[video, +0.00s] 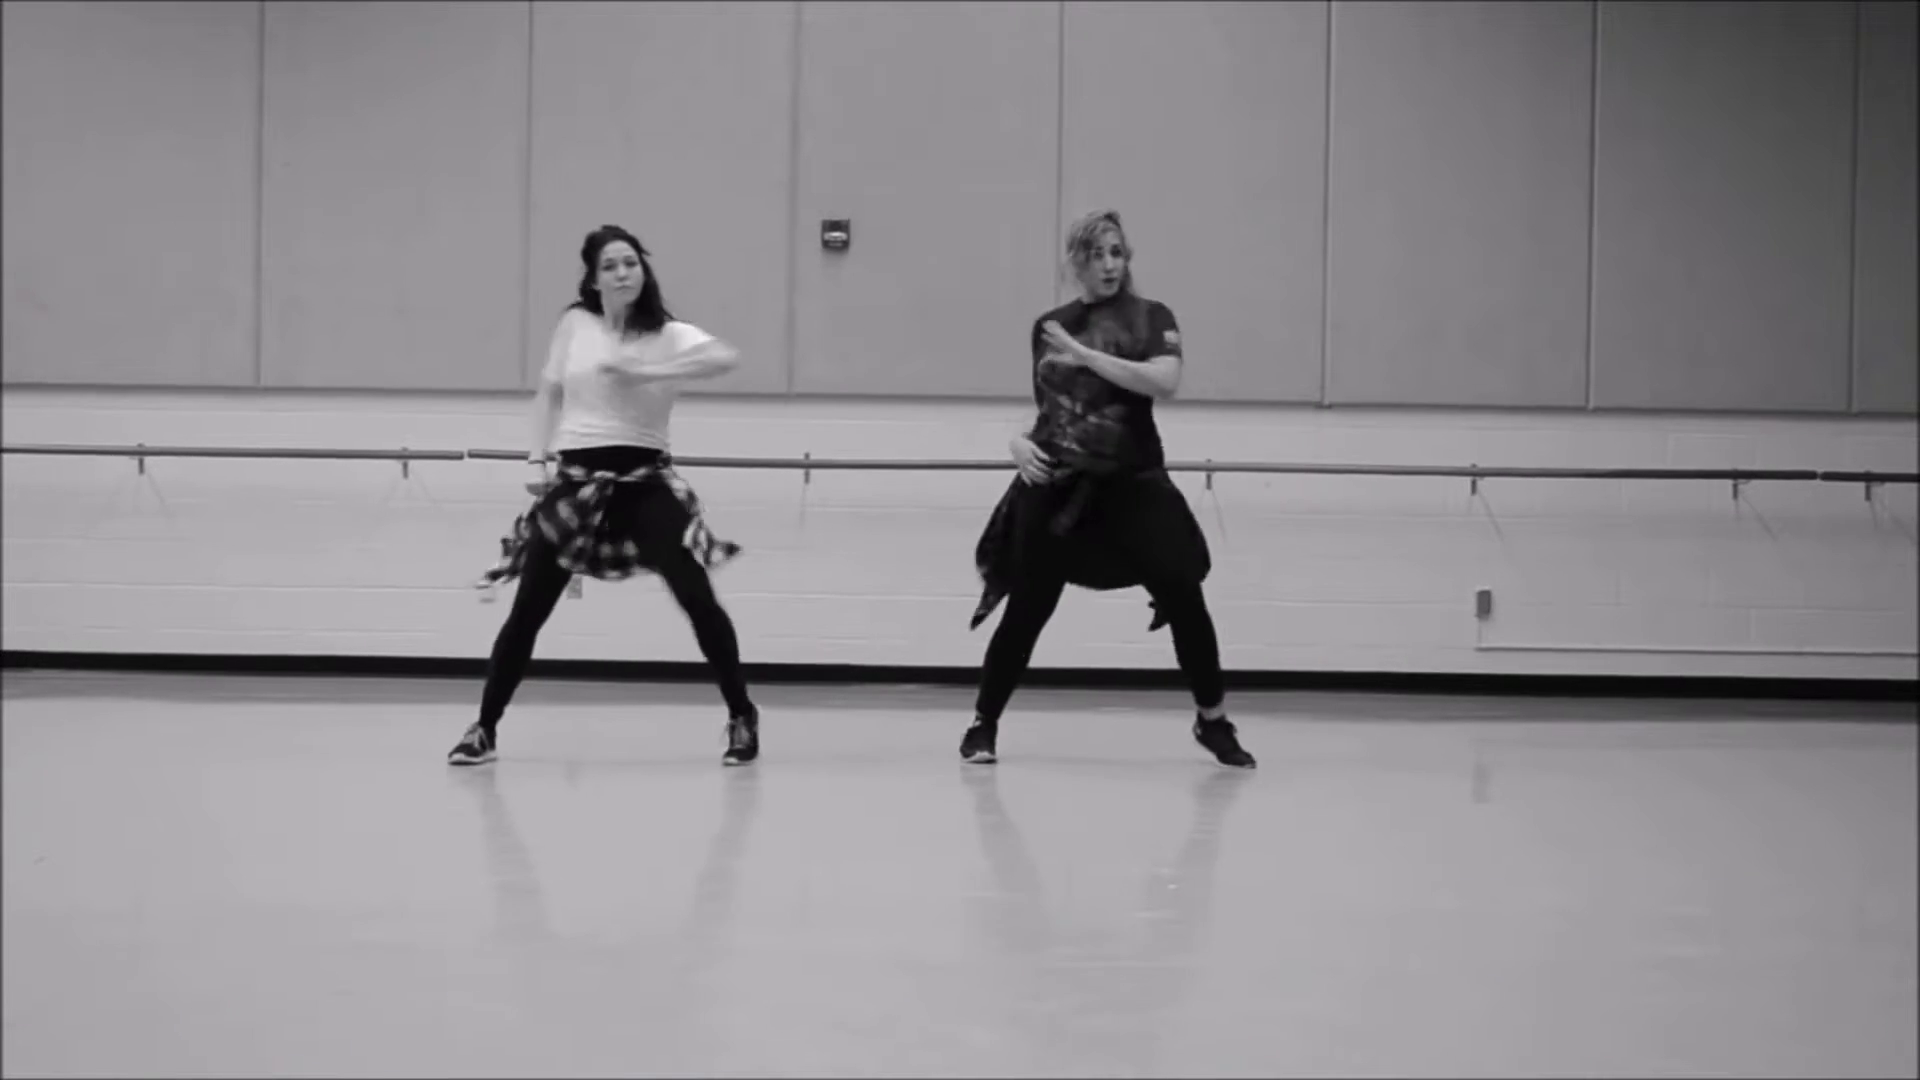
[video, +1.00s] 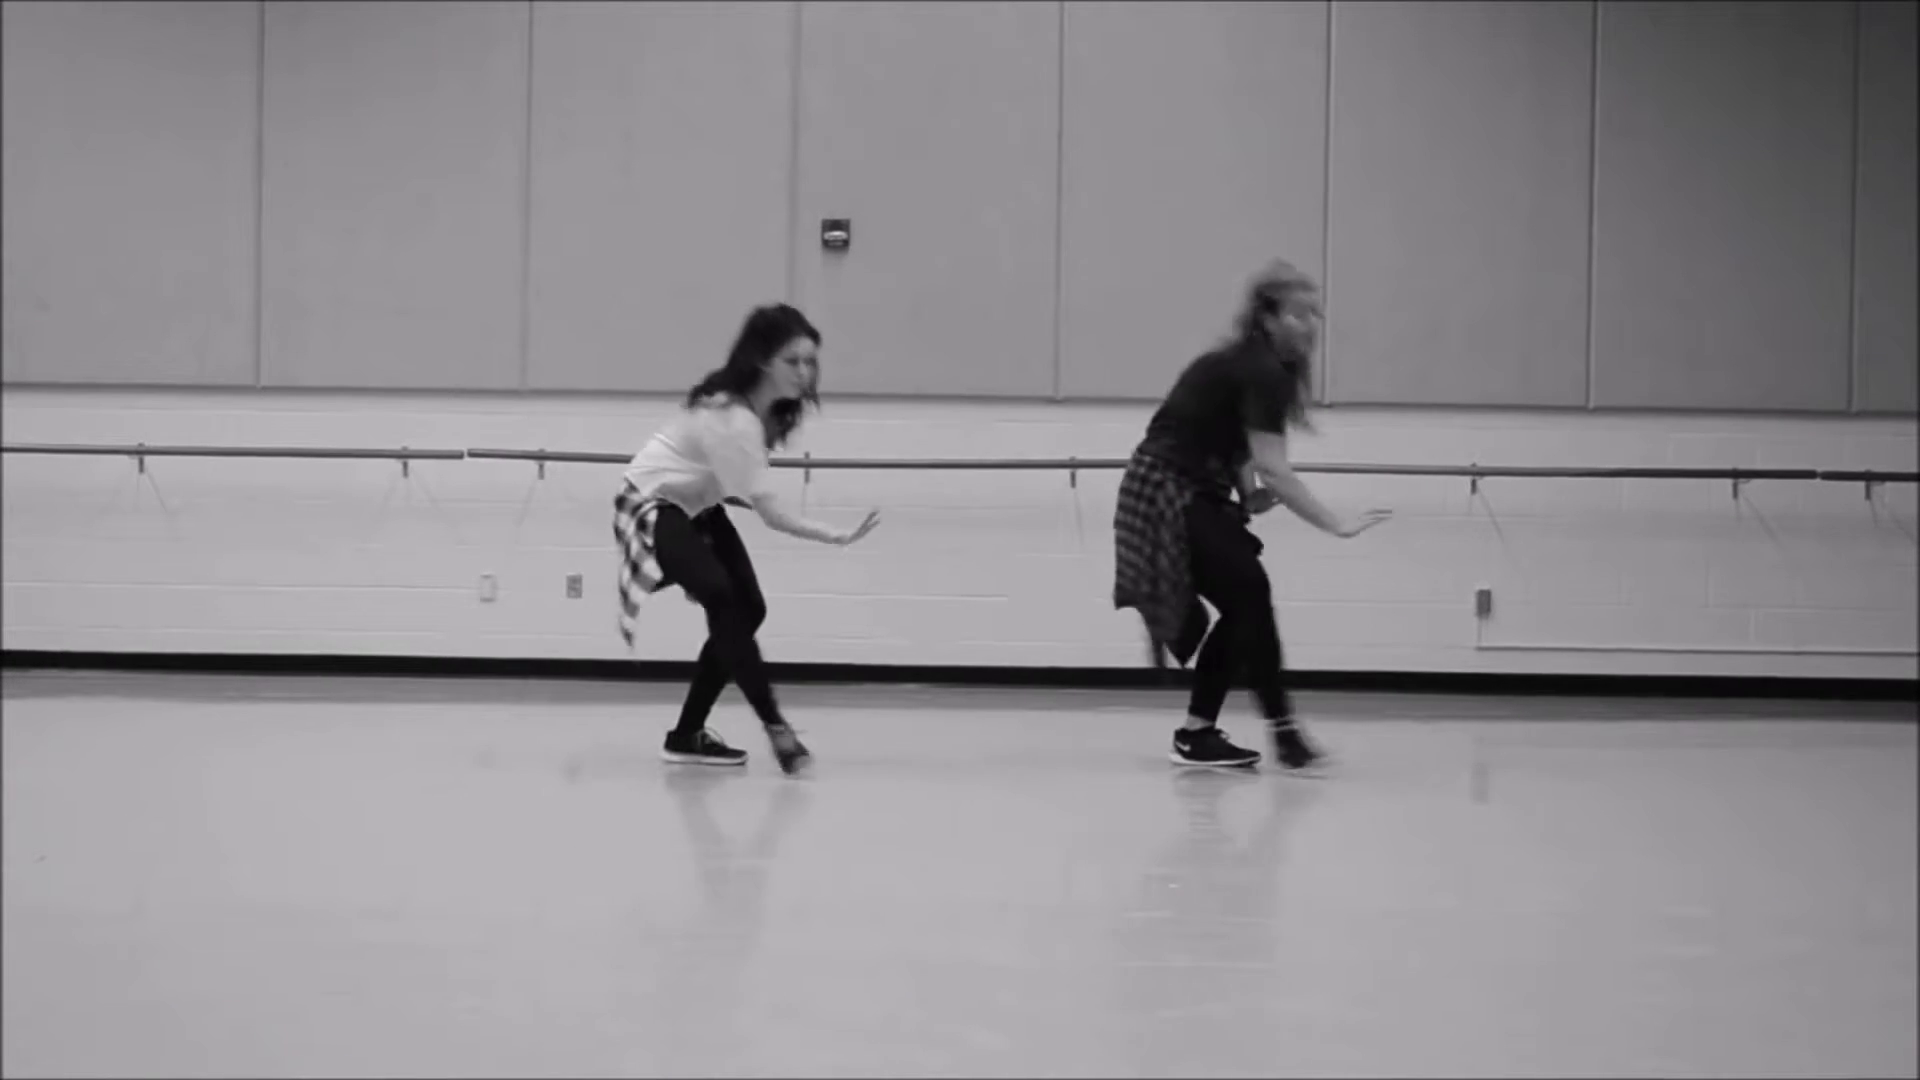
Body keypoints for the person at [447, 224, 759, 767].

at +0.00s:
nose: (623, 273)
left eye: (630, 263)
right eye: (610, 266)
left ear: (645, 270)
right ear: (593, 276)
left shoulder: (667, 331)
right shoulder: (573, 326)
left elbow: (725, 358)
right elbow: (548, 396)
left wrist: (646, 372)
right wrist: (538, 460)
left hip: (644, 484)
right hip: (573, 483)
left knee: (698, 601)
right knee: (528, 613)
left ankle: (742, 717)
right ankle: (484, 727)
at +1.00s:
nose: (805, 374)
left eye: (810, 363)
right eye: (793, 361)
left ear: (816, 365)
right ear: (763, 362)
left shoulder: (763, 414)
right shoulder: (730, 419)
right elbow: (770, 512)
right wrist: (839, 536)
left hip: (700, 504)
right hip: (654, 503)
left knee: (749, 609)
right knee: (727, 605)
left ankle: (687, 731)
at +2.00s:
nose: (747, 255)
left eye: (742, 249)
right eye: (732, 254)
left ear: (735, 276)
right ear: (712, 279)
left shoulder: (743, 329)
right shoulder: (732, 332)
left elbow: (744, 413)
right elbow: (800, 376)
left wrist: (787, 445)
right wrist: (864, 406)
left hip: (743, 491)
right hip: (720, 492)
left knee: (747, 616)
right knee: (775, 608)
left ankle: (686, 732)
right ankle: (815, 738)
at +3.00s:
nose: (891, 316)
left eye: (897, 305)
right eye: (883, 302)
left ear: (891, 308)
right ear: (853, 295)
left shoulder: (856, 372)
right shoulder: (813, 321)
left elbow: (902, 408)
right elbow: (861, 224)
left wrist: (901, 334)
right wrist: (894, 257)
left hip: (766, 488)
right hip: (733, 471)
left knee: (708, 607)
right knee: (772, 614)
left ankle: (681, 730)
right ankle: (814, 739)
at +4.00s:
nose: (906, 254)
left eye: (916, 243)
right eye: (895, 245)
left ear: (934, 250)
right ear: (878, 255)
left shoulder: (963, 313)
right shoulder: (856, 321)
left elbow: (1006, 377)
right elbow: (807, 399)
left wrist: (938, 386)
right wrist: (844, 417)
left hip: (933, 480)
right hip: (861, 481)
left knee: (997, 601)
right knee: (831, 611)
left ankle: (1051, 726)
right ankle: (800, 740)